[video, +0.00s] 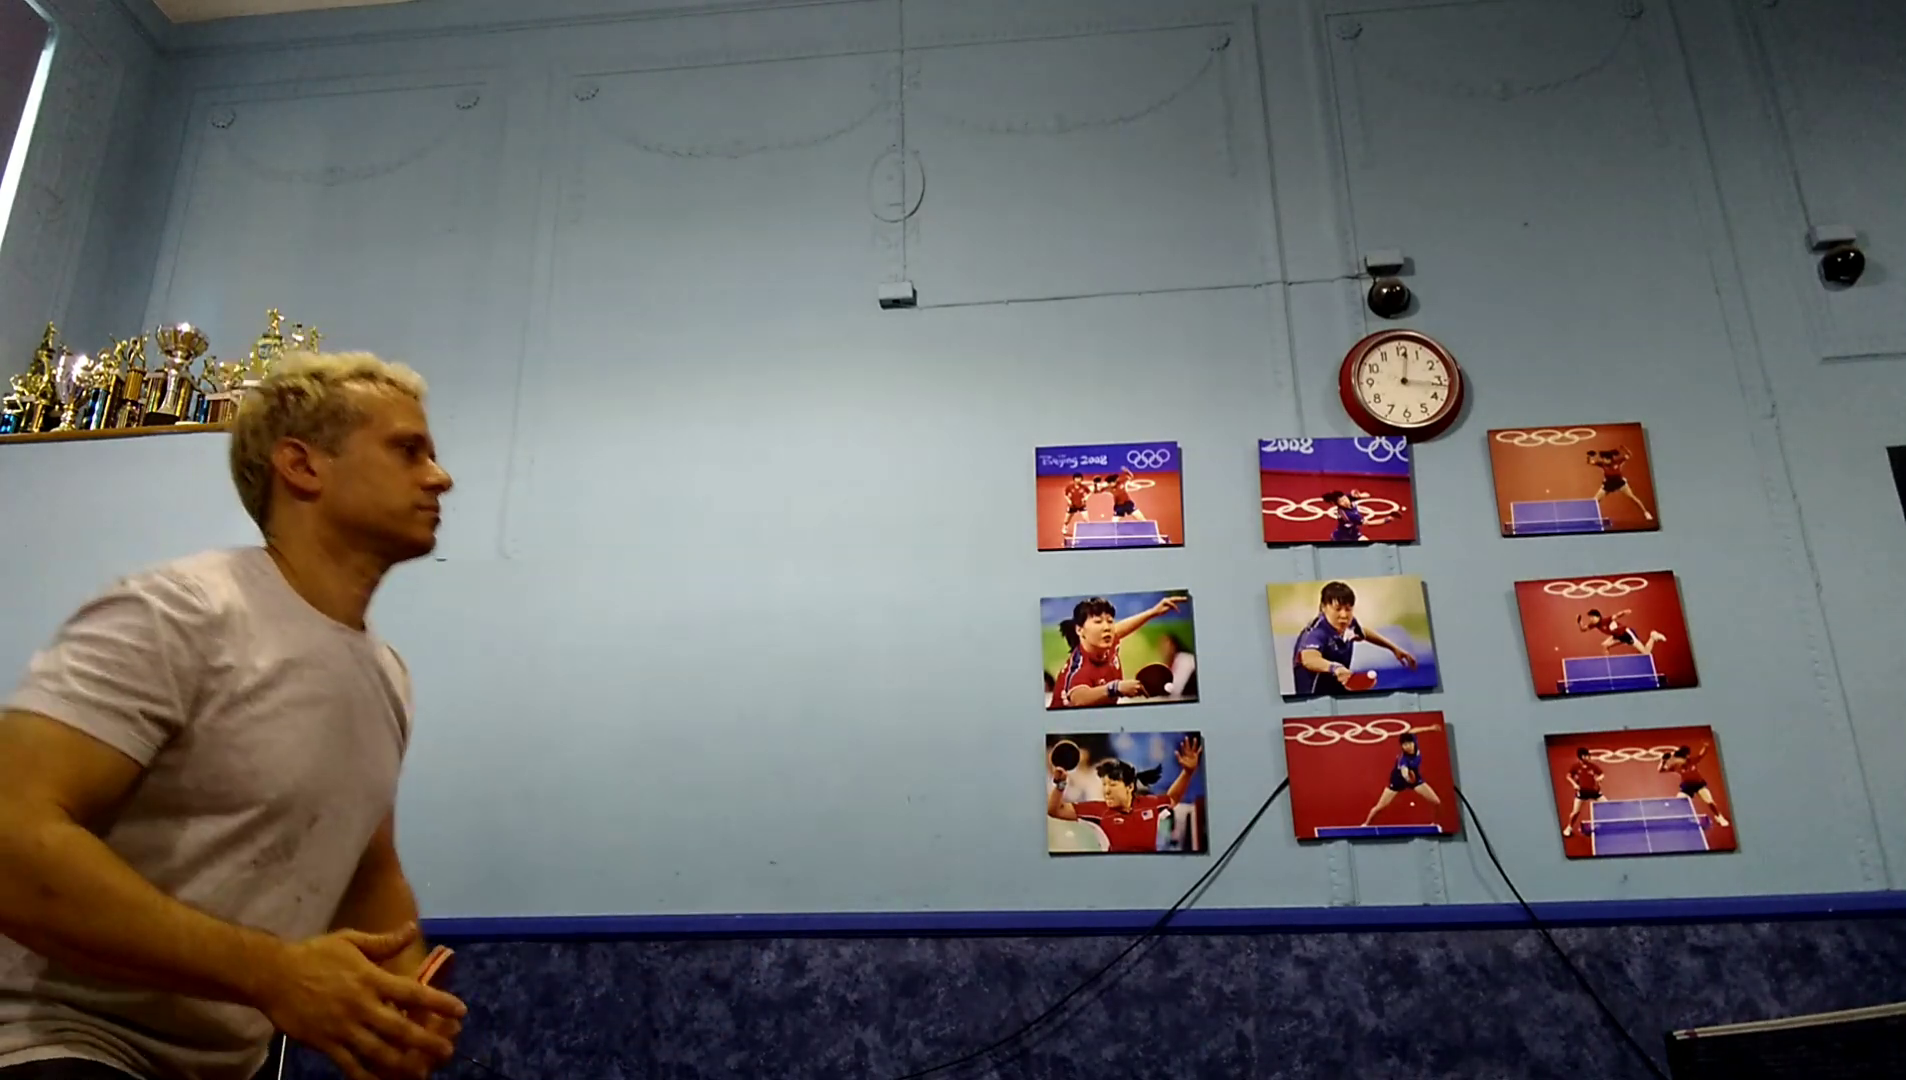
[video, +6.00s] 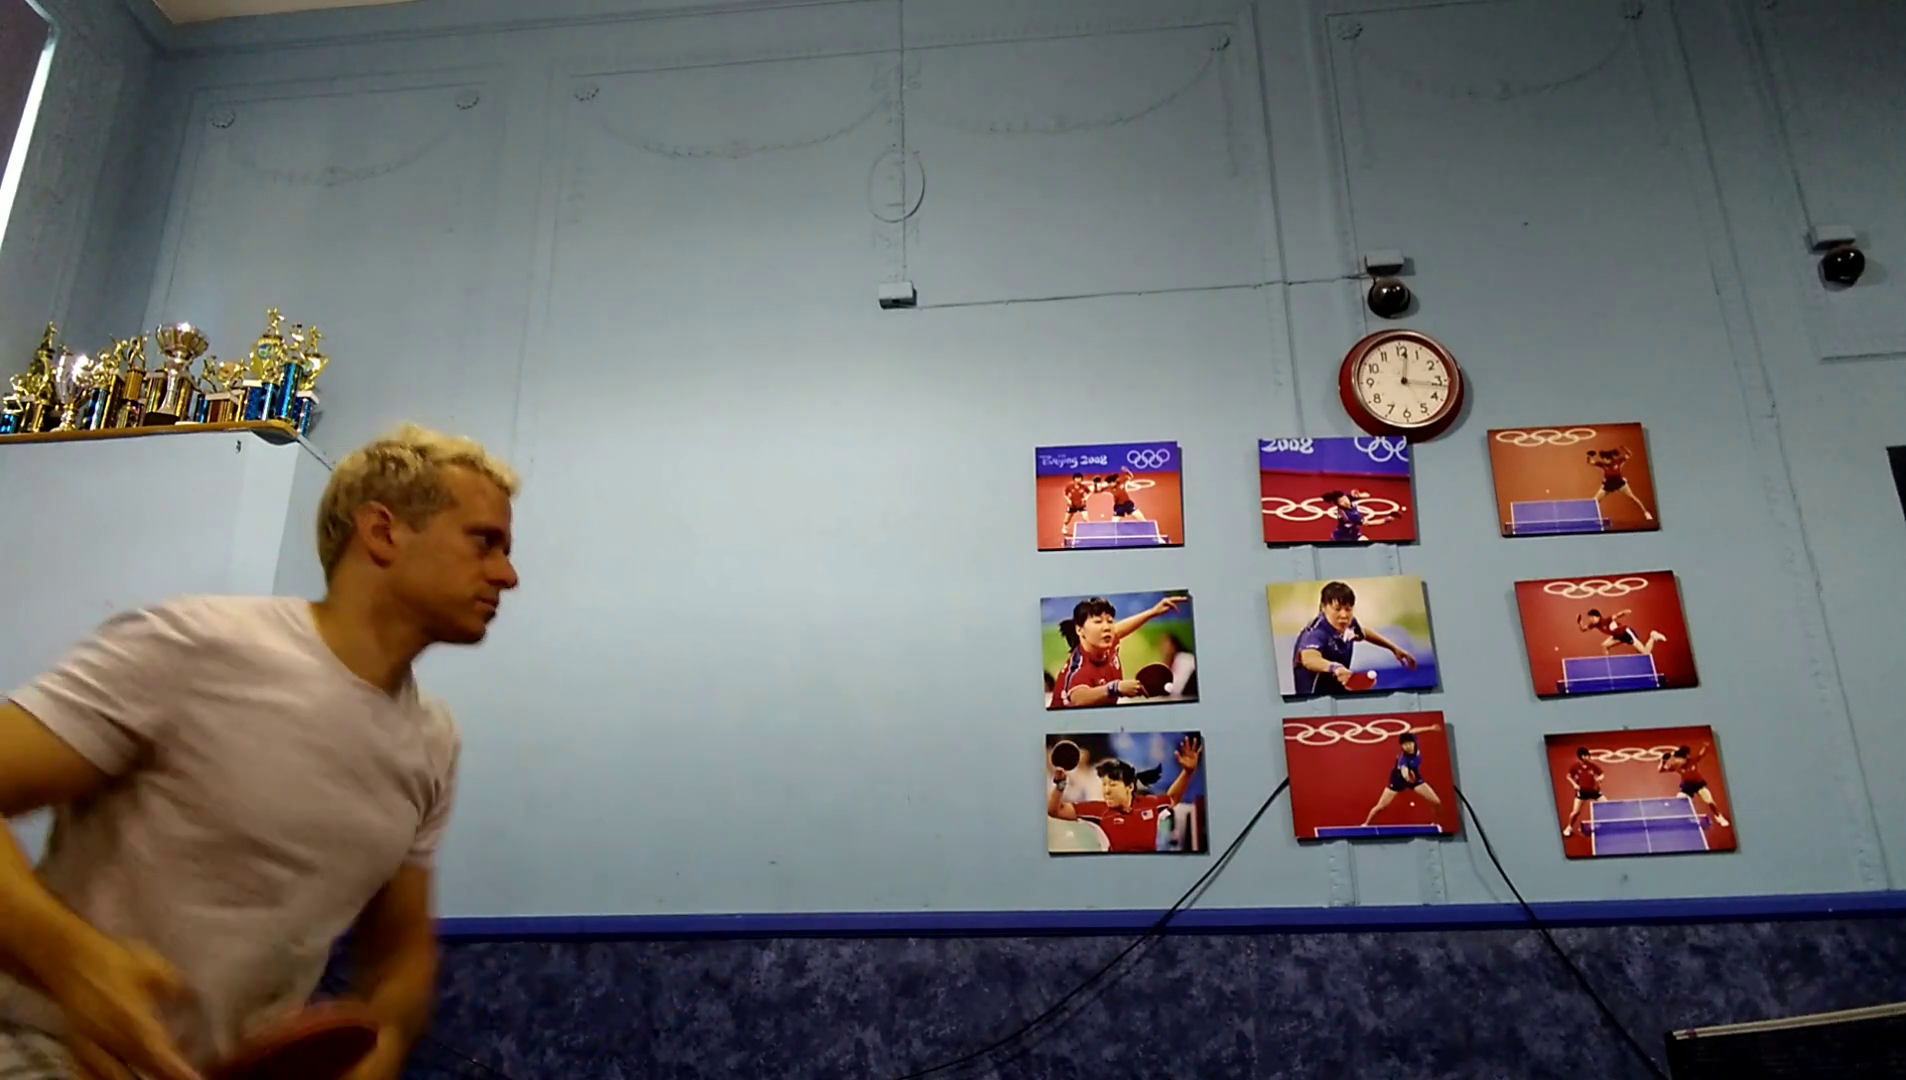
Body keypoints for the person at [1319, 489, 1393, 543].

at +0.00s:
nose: (1344, 502)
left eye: (1344, 499)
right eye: (1341, 502)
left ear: (1346, 497)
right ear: (1338, 505)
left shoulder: (1350, 499)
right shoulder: (1349, 515)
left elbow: (1367, 496)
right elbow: (1367, 523)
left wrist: (1360, 495)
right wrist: (1385, 520)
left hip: (1355, 536)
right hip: (1342, 538)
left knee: (1370, 547)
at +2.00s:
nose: (1344, 502)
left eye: (1344, 499)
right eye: (1341, 502)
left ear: (1346, 497)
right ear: (1339, 505)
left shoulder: (1348, 498)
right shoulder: (1350, 515)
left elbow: (1367, 496)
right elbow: (1367, 523)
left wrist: (1360, 495)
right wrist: (1385, 520)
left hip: (1356, 536)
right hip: (1341, 538)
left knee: (1371, 547)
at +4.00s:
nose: (1344, 502)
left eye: (1344, 499)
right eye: (1341, 502)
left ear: (1346, 497)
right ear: (1339, 505)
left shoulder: (1349, 498)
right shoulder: (1350, 515)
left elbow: (1367, 496)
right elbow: (1367, 523)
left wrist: (1360, 495)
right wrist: (1385, 520)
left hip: (1356, 536)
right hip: (1341, 538)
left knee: (1371, 548)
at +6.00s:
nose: (1344, 502)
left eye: (1344, 499)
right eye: (1341, 502)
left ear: (1346, 497)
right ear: (1339, 505)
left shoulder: (1349, 498)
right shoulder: (1350, 515)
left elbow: (1367, 496)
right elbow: (1366, 523)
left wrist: (1360, 495)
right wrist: (1385, 520)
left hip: (1356, 536)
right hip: (1341, 538)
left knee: (1371, 548)